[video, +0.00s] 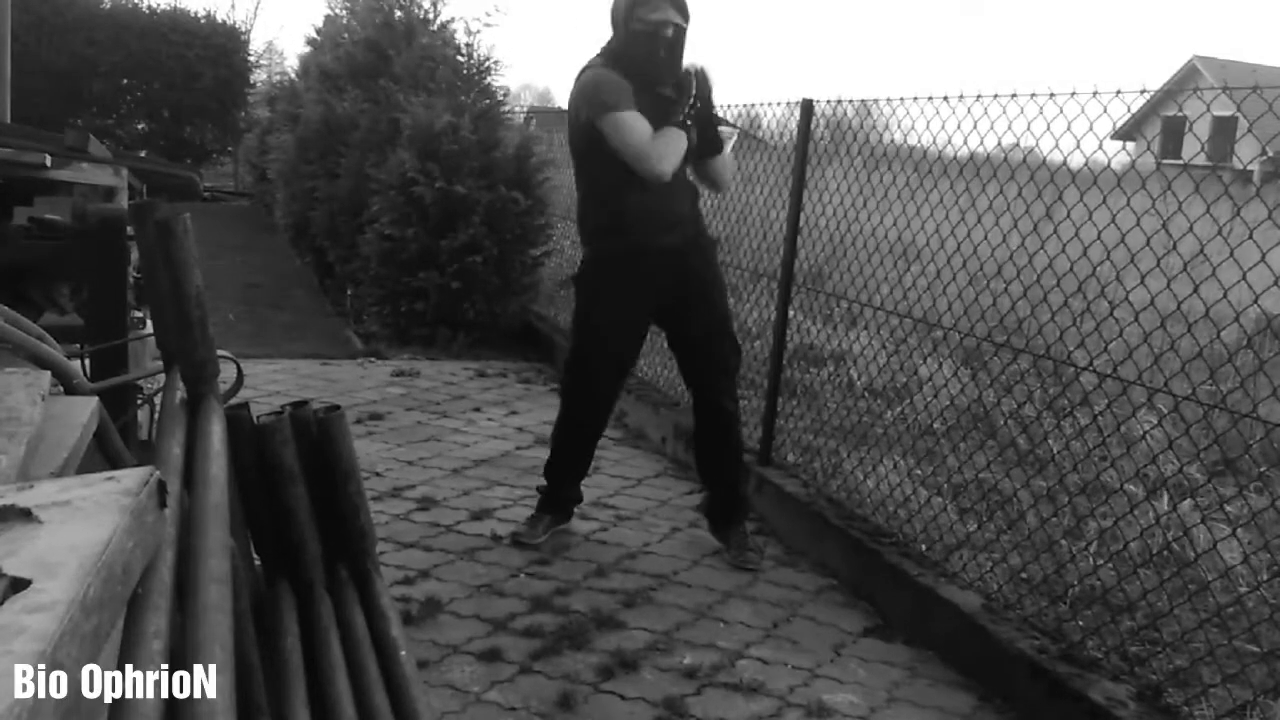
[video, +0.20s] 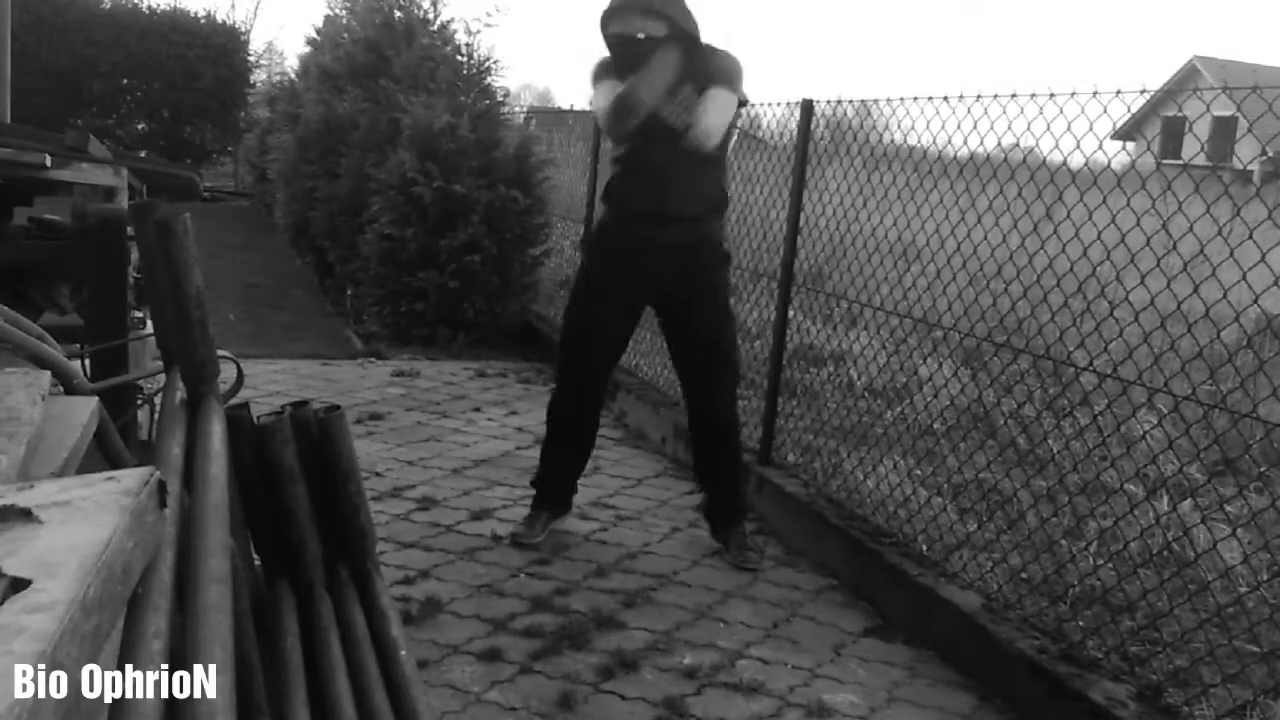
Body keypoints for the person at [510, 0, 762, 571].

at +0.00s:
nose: (665, 40)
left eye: (676, 29)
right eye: (651, 26)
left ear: (686, 31)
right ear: (622, 25)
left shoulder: (678, 89)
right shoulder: (601, 83)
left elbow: (719, 178)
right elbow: (656, 164)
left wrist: (703, 116)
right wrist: (682, 111)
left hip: (688, 266)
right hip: (617, 267)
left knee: (717, 388)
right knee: (588, 389)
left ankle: (730, 520)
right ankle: (555, 505)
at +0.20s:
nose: (635, 51)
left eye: (647, 39)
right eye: (624, 41)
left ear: (676, 36)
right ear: (615, 39)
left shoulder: (718, 68)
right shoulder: (611, 72)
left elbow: (706, 135)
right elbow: (618, 122)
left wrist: (644, 94)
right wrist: (676, 50)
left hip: (693, 253)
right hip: (619, 247)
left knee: (713, 389)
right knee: (579, 375)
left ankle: (729, 521)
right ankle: (550, 500)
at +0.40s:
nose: (646, 60)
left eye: (657, 49)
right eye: (640, 48)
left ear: (692, 42)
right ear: (638, 42)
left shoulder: (736, 105)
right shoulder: (650, 91)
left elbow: (675, 193)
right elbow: (619, 169)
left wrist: (613, 260)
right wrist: (590, 251)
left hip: (681, 274)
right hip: (619, 259)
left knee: (692, 402)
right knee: (573, 378)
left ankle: (723, 526)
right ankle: (551, 499)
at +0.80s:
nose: (663, 59)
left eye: (673, 51)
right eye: (652, 46)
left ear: (682, 56)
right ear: (624, 41)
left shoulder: (672, 97)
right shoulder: (579, 86)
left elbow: (718, 130)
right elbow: (624, 111)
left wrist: (707, 71)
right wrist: (596, 55)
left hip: (688, 263)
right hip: (616, 264)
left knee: (714, 388)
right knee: (587, 390)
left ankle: (730, 522)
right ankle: (556, 505)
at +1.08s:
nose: (644, 30)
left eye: (656, 20)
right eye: (632, 20)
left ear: (674, 22)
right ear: (614, 22)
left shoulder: (706, 67)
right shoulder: (597, 75)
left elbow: (798, 108)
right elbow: (525, 125)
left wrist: (811, 176)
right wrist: (515, 193)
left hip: (685, 253)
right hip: (609, 251)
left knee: (710, 392)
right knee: (577, 381)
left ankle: (732, 523)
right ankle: (550, 505)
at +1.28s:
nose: (671, 48)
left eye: (682, 35)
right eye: (659, 38)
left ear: (706, 38)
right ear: (644, 42)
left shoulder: (741, 94)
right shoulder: (633, 98)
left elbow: (804, 151)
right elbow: (579, 166)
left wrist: (808, 86)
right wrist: (545, 135)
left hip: (674, 267)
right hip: (608, 254)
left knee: (689, 399)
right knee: (562, 370)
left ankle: (723, 529)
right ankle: (549, 498)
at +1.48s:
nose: (684, 30)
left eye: (694, 21)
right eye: (676, 16)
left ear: (699, 25)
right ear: (645, 12)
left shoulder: (704, 67)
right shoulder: (594, 61)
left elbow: (770, 122)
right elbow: (498, 108)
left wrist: (811, 177)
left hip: (685, 255)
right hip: (607, 251)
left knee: (707, 390)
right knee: (575, 384)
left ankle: (731, 520)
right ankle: (553, 504)